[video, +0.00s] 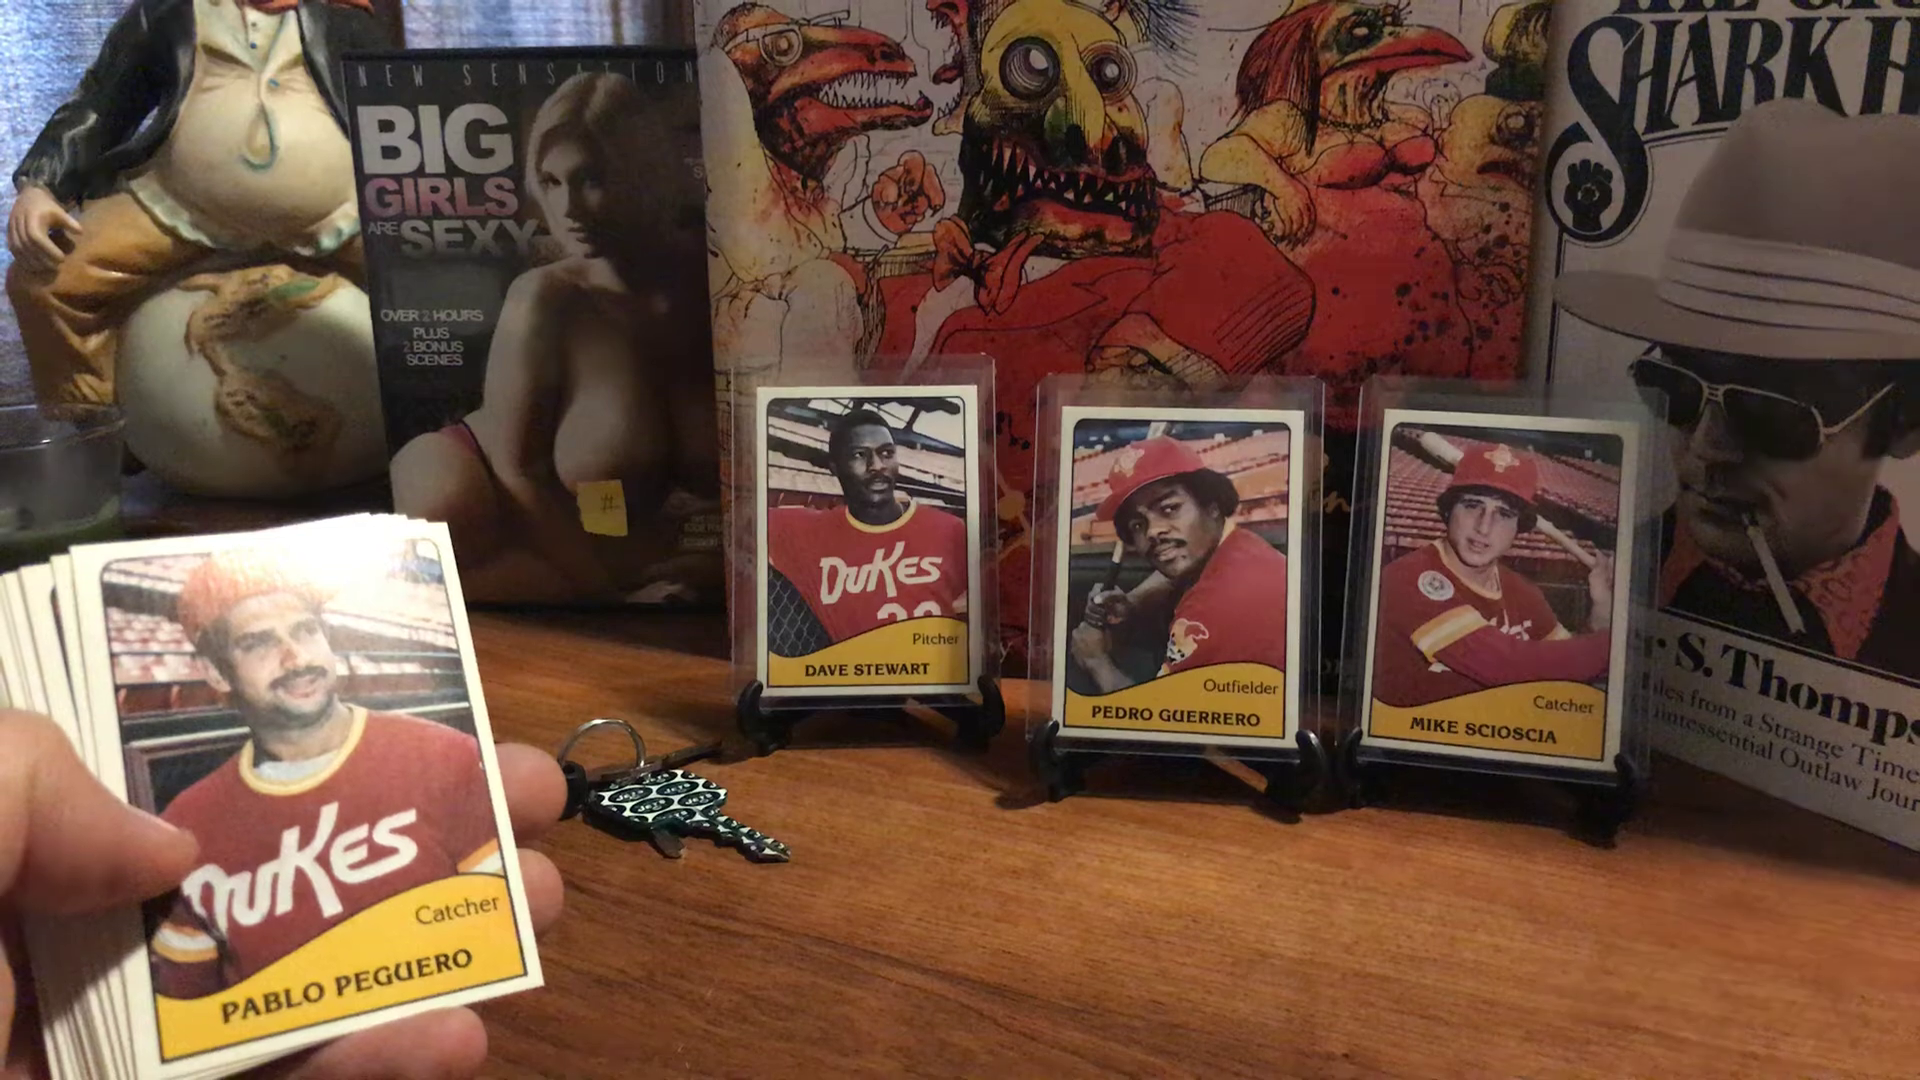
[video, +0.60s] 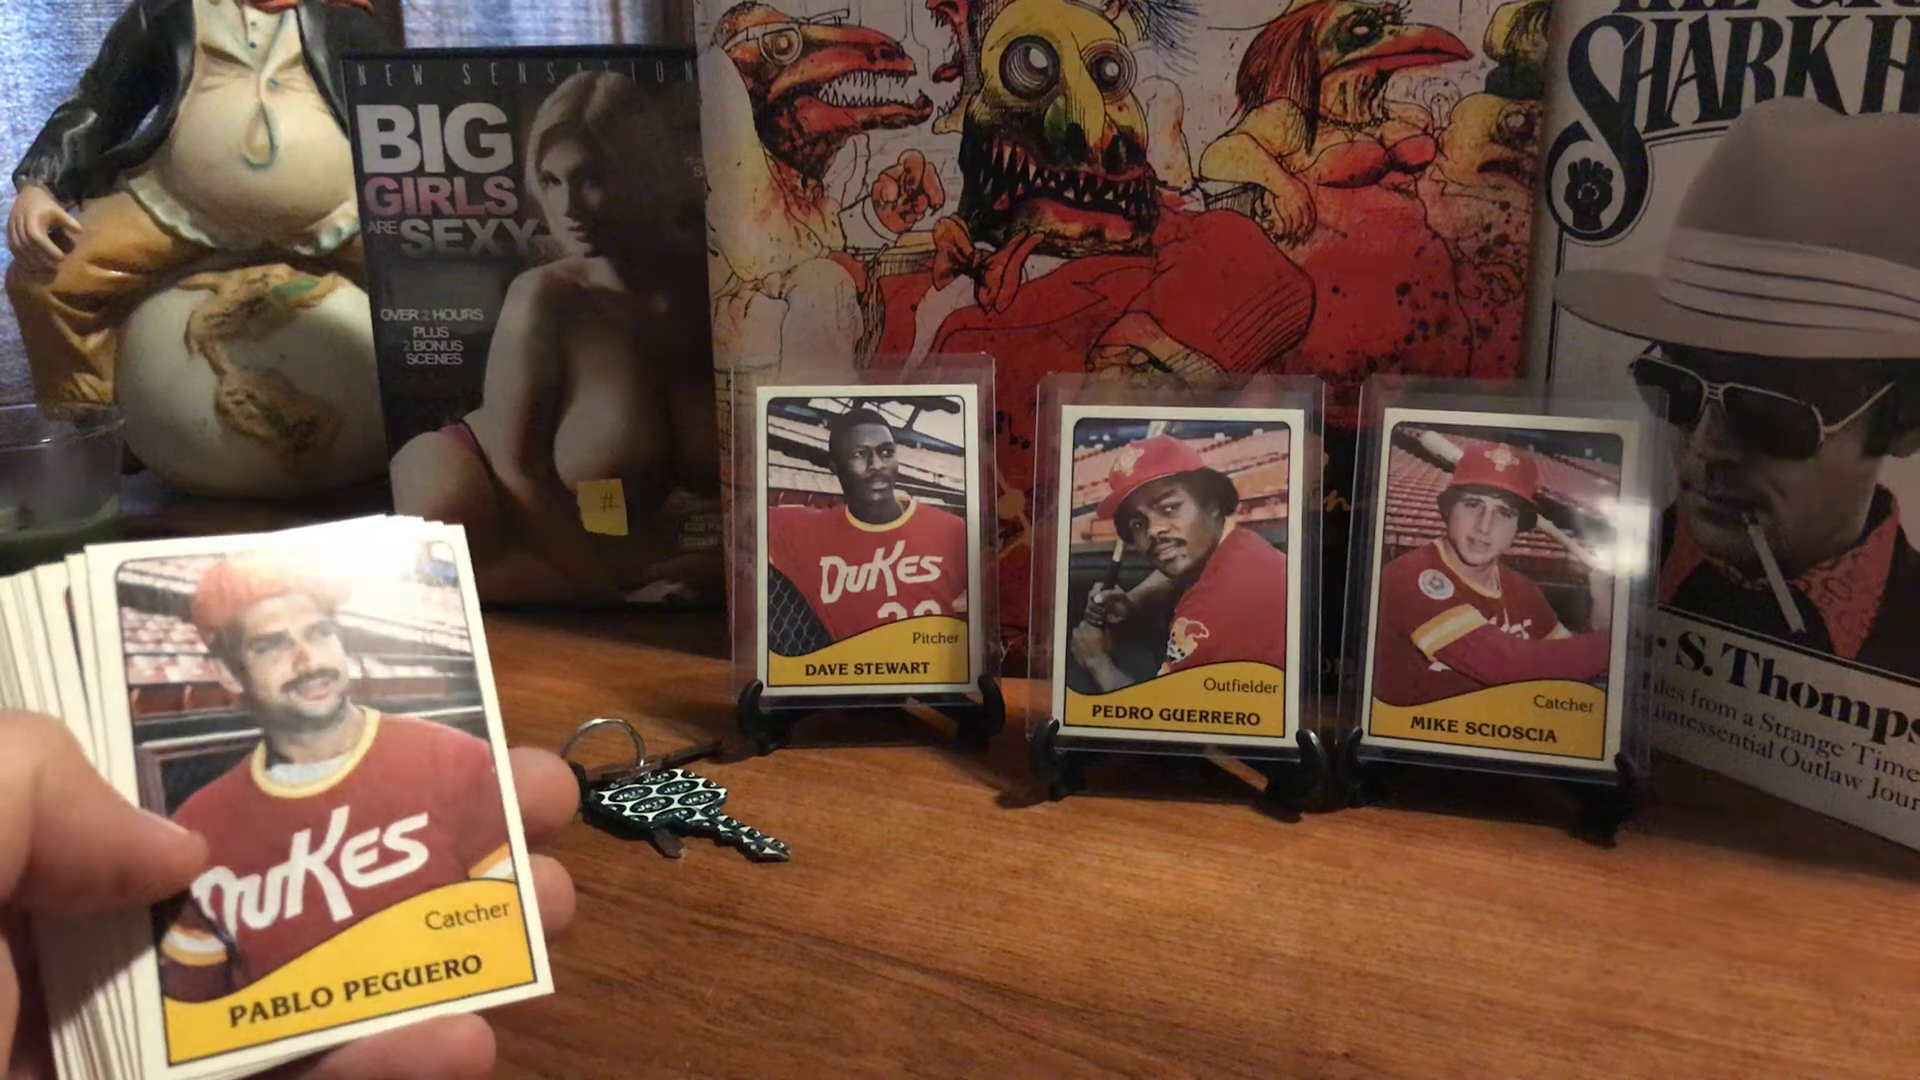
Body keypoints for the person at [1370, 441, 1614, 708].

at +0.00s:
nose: (1483, 526)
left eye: (1503, 514)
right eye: (1473, 505)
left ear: (1518, 529)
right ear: (1449, 510)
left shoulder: (1522, 593)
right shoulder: (1410, 579)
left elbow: (1573, 673)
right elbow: (1501, 665)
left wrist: (1602, 607)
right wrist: (1621, 642)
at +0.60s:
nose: (1484, 525)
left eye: (1504, 513)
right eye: (1473, 505)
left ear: (1518, 527)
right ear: (1448, 508)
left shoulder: (1521, 591)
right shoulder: (1411, 578)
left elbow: (1577, 668)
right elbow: (1503, 664)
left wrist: (1601, 592)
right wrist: (1620, 642)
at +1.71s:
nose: (1483, 525)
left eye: (1503, 512)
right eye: (1472, 505)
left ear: (1519, 525)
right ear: (1448, 508)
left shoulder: (1521, 590)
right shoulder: (1411, 578)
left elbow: (1571, 663)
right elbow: (1502, 663)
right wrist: (1620, 643)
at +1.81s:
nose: (1483, 526)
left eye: (1503, 512)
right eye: (1472, 505)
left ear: (1519, 527)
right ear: (1449, 509)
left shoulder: (1522, 590)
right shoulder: (1411, 578)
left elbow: (1577, 671)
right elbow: (1503, 664)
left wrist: (1603, 605)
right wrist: (1618, 641)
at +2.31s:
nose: (1484, 525)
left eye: (1503, 512)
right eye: (1473, 505)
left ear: (1519, 526)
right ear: (1448, 508)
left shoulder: (1521, 590)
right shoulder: (1412, 578)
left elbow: (1576, 672)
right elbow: (1501, 663)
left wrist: (1603, 605)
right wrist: (1616, 642)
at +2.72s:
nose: (1484, 526)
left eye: (1504, 512)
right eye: (1473, 505)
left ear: (1520, 526)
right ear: (1449, 508)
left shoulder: (1522, 590)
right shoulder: (1412, 578)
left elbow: (1576, 670)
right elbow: (1502, 663)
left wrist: (1603, 606)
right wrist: (1613, 644)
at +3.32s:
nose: (1484, 527)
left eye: (1504, 513)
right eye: (1473, 505)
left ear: (1520, 527)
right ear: (1449, 509)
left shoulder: (1520, 589)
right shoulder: (1414, 579)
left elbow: (1577, 667)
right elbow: (1503, 664)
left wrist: (1603, 602)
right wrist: (1617, 643)